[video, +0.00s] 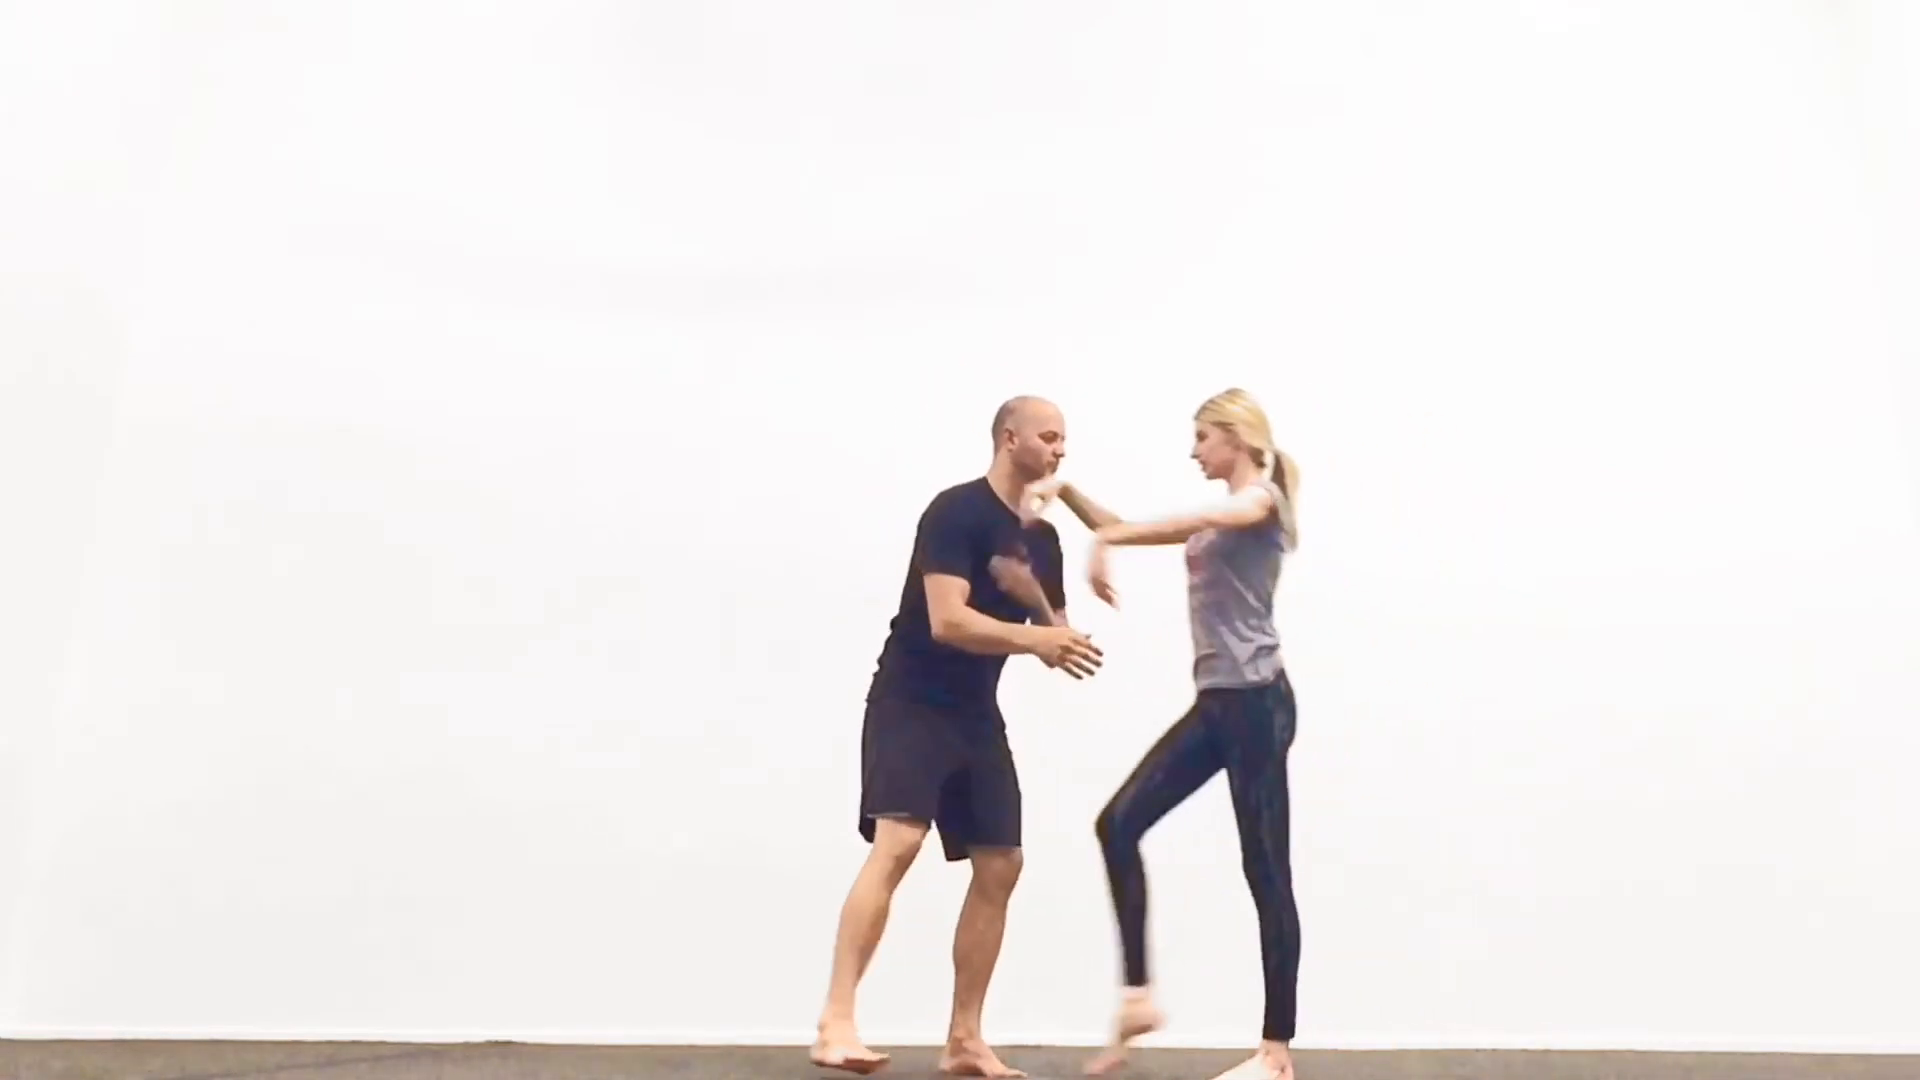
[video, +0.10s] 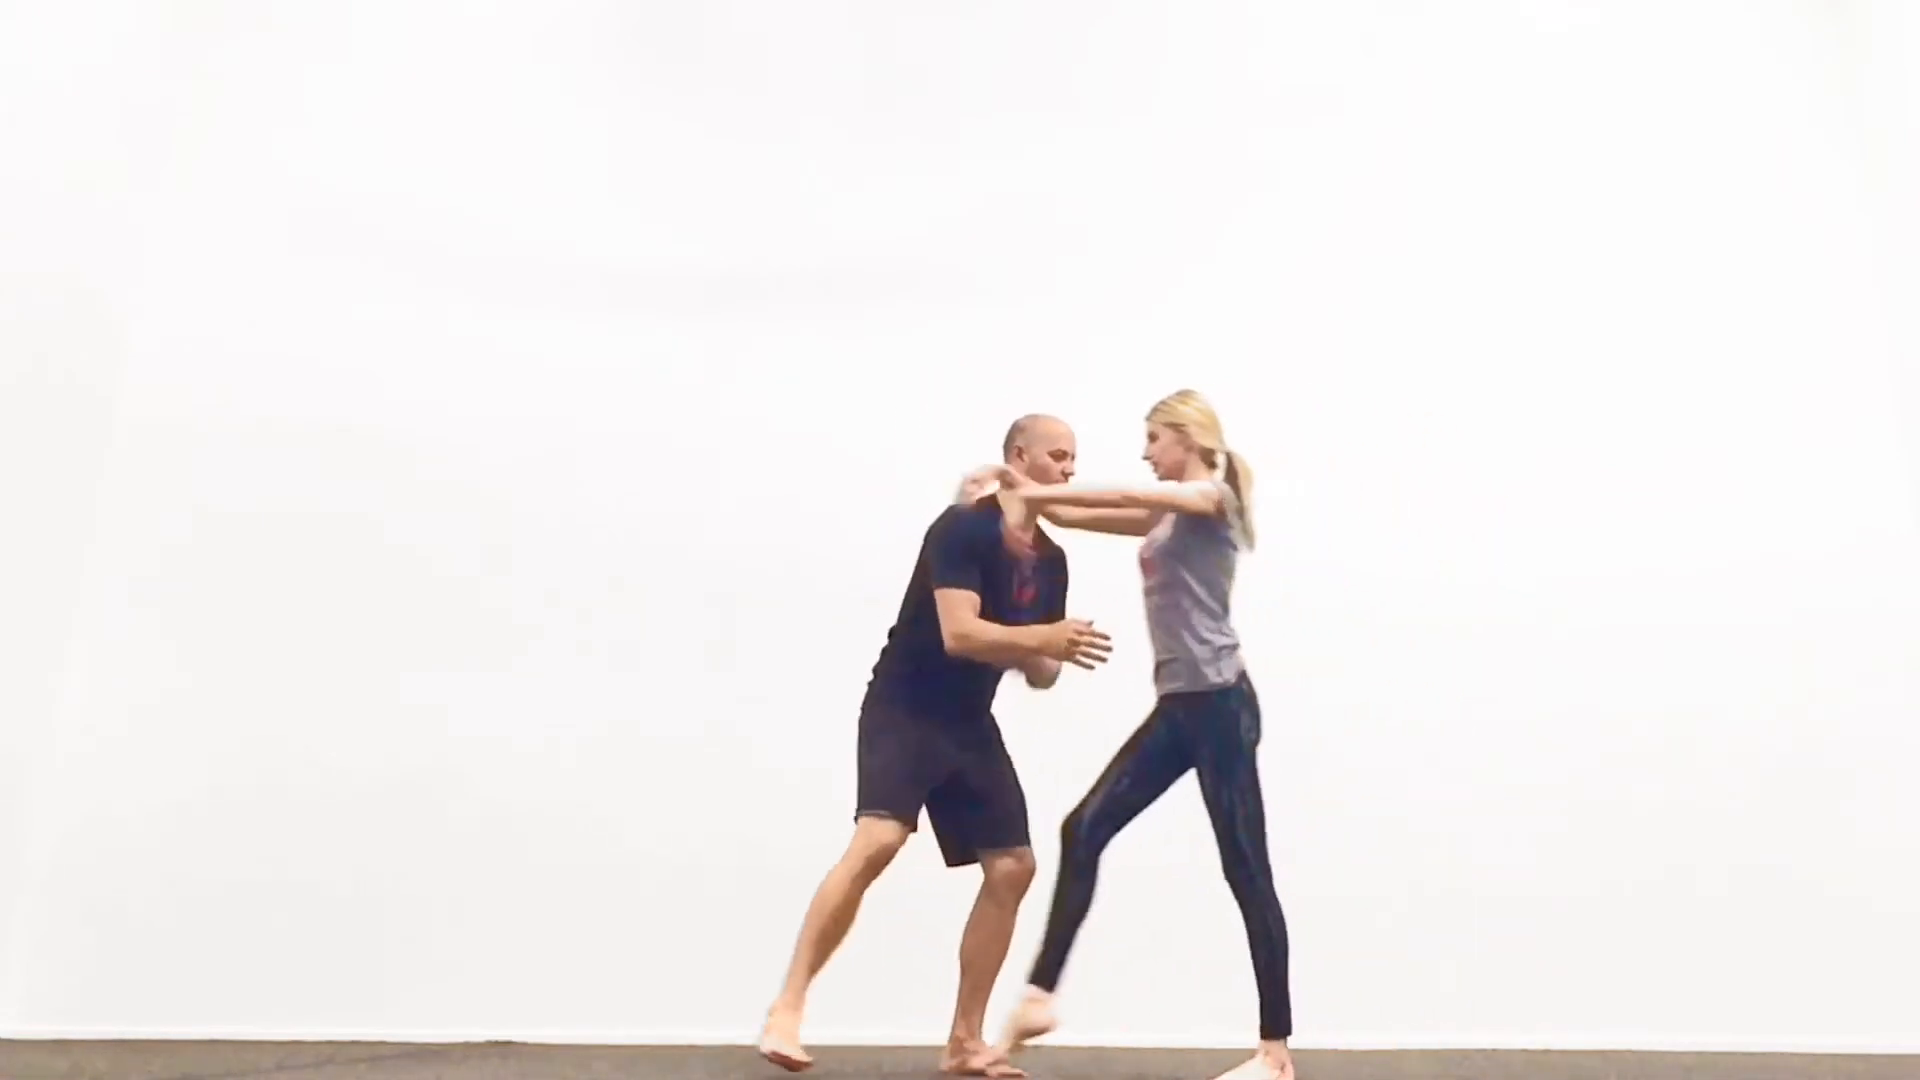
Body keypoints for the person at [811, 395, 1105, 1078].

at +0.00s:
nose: (1060, 451)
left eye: (1063, 440)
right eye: (1049, 438)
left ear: (1053, 447)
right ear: (1008, 439)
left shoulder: (1044, 537)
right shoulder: (955, 510)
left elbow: (1052, 644)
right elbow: (947, 621)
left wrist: (1035, 604)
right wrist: (1041, 638)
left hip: (976, 708)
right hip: (911, 699)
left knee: (999, 866)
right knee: (898, 843)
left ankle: (965, 1039)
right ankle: (836, 1022)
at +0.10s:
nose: (1068, 469)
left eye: (1072, 460)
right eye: (1056, 457)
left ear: (1064, 469)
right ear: (1016, 459)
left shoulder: (1051, 559)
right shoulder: (962, 527)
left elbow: (1042, 675)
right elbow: (960, 635)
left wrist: (1016, 640)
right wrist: (1052, 636)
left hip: (970, 717)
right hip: (903, 705)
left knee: (1011, 868)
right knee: (880, 838)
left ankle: (965, 1041)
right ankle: (787, 1009)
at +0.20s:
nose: (1074, 492)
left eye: (1079, 481)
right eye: (1061, 478)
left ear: (1075, 492)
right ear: (1019, 480)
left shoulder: (1055, 583)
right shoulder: (967, 543)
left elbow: (1041, 677)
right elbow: (962, 648)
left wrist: (1044, 725)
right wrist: (1048, 640)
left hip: (963, 732)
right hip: (897, 714)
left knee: (1017, 873)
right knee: (851, 844)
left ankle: (968, 1039)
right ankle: (740, 998)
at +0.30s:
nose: (1043, 510)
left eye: (1055, 503)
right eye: (1033, 495)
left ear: (1073, 519)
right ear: (1018, 500)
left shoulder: (1052, 596)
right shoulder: (966, 561)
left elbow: (1040, 711)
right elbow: (950, 665)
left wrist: (1056, 793)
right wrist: (1034, 650)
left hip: (951, 744)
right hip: (883, 728)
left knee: (1028, 874)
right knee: (826, 845)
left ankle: (968, 1040)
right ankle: (702, 994)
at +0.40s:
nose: (1002, 528)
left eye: (1020, 523)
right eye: (1003, 520)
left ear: (1036, 533)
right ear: (993, 525)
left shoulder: (1037, 609)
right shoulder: (949, 582)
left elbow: (1040, 717)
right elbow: (926, 689)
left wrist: (1062, 819)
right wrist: (1003, 678)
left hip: (942, 759)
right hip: (870, 742)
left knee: (1026, 876)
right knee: (794, 851)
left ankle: (964, 1039)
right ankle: (670, 996)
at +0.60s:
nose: (988, 551)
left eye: (1000, 542)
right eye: (977, 537)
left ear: (1011, 555)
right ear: (950, 542)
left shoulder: (1009, 658)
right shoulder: (888, 612)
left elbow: (1010, 757)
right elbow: (858, 736)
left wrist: (1041, 844)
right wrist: (902, 701)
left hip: (917, 790)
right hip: (832, 776)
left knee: (1013, 876)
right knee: (740, 874)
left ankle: (965, 1043)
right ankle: (602, 1018)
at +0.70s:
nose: (927, 543)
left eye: (940, 532)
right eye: (915, 531)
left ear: (958, 545)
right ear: (892, 539)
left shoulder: (970, 652)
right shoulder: (839, 611)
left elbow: (987, 756)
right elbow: (821, 740)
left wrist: (1022, 825)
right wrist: (862, 700)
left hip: (894, 797)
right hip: (808, 785)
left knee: (994, 869)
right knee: (716, 879)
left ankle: (960, 1046)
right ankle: (590, 1037)